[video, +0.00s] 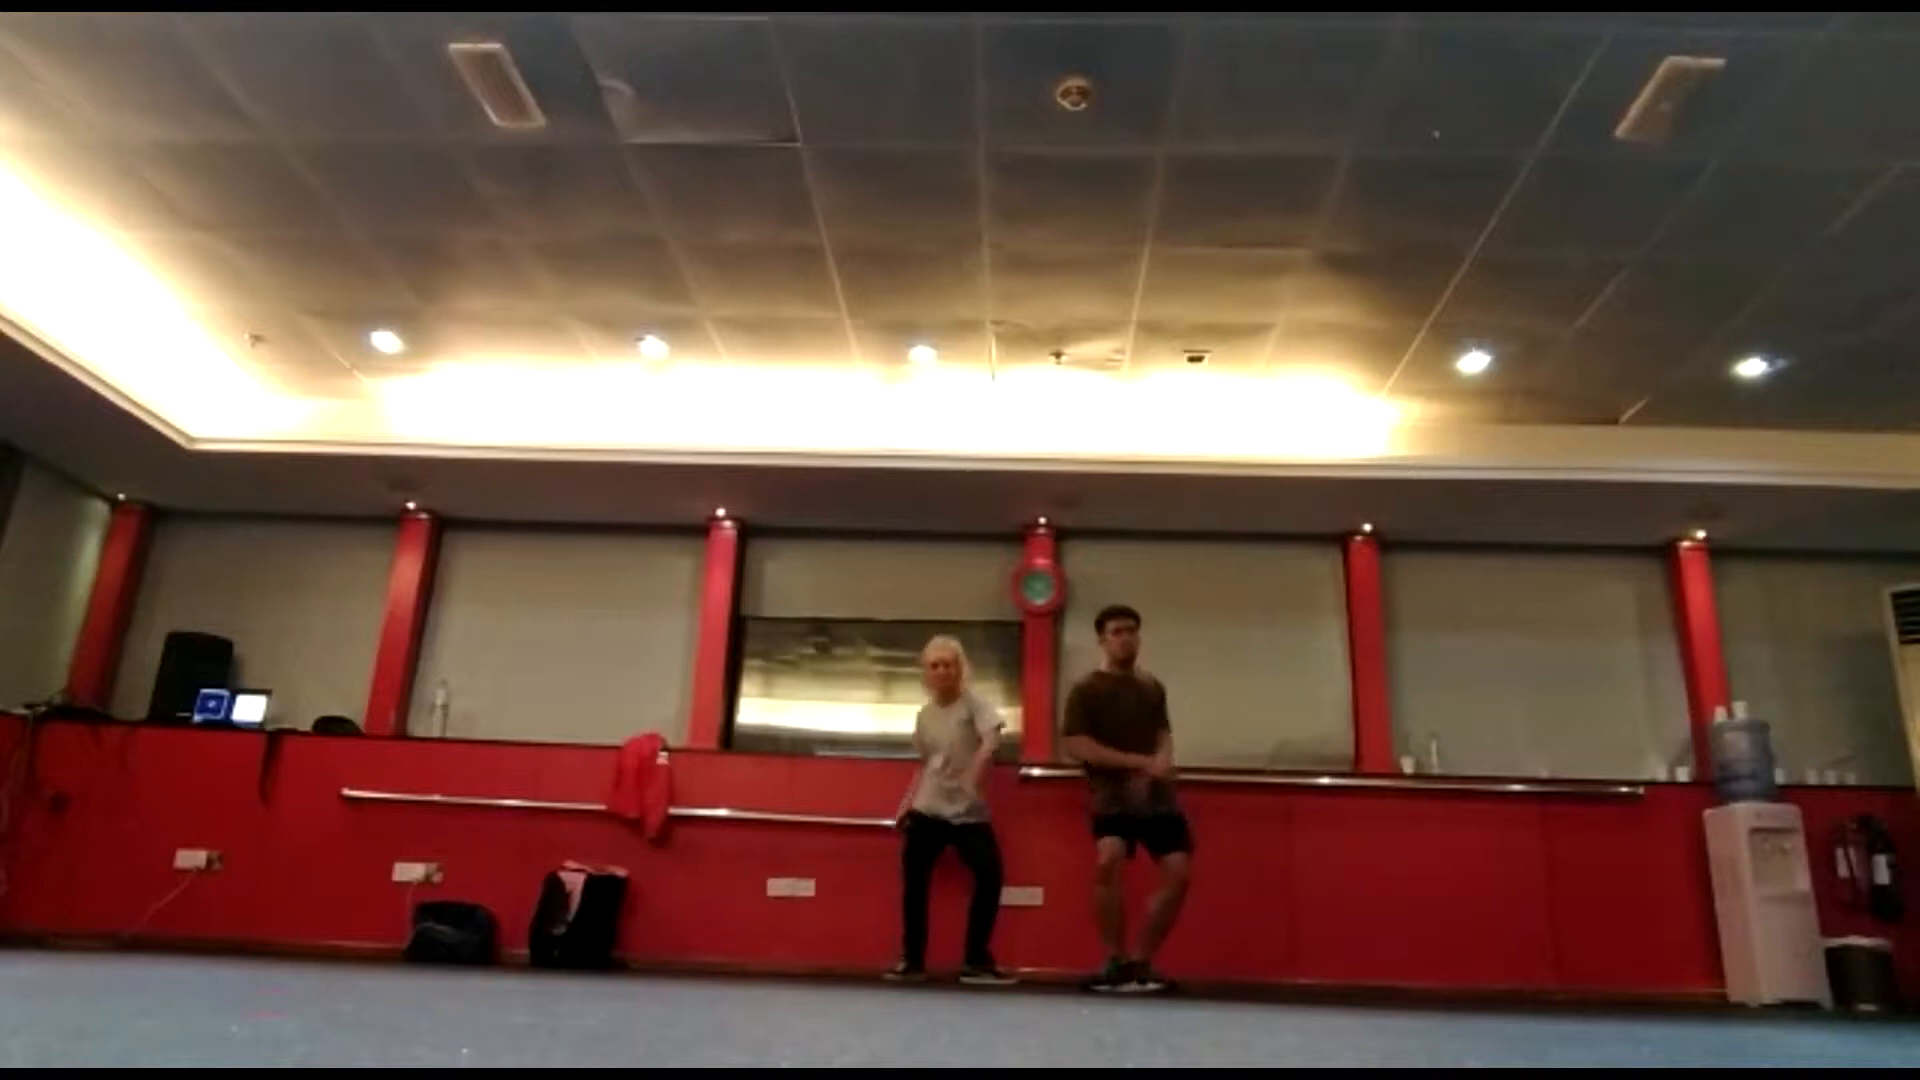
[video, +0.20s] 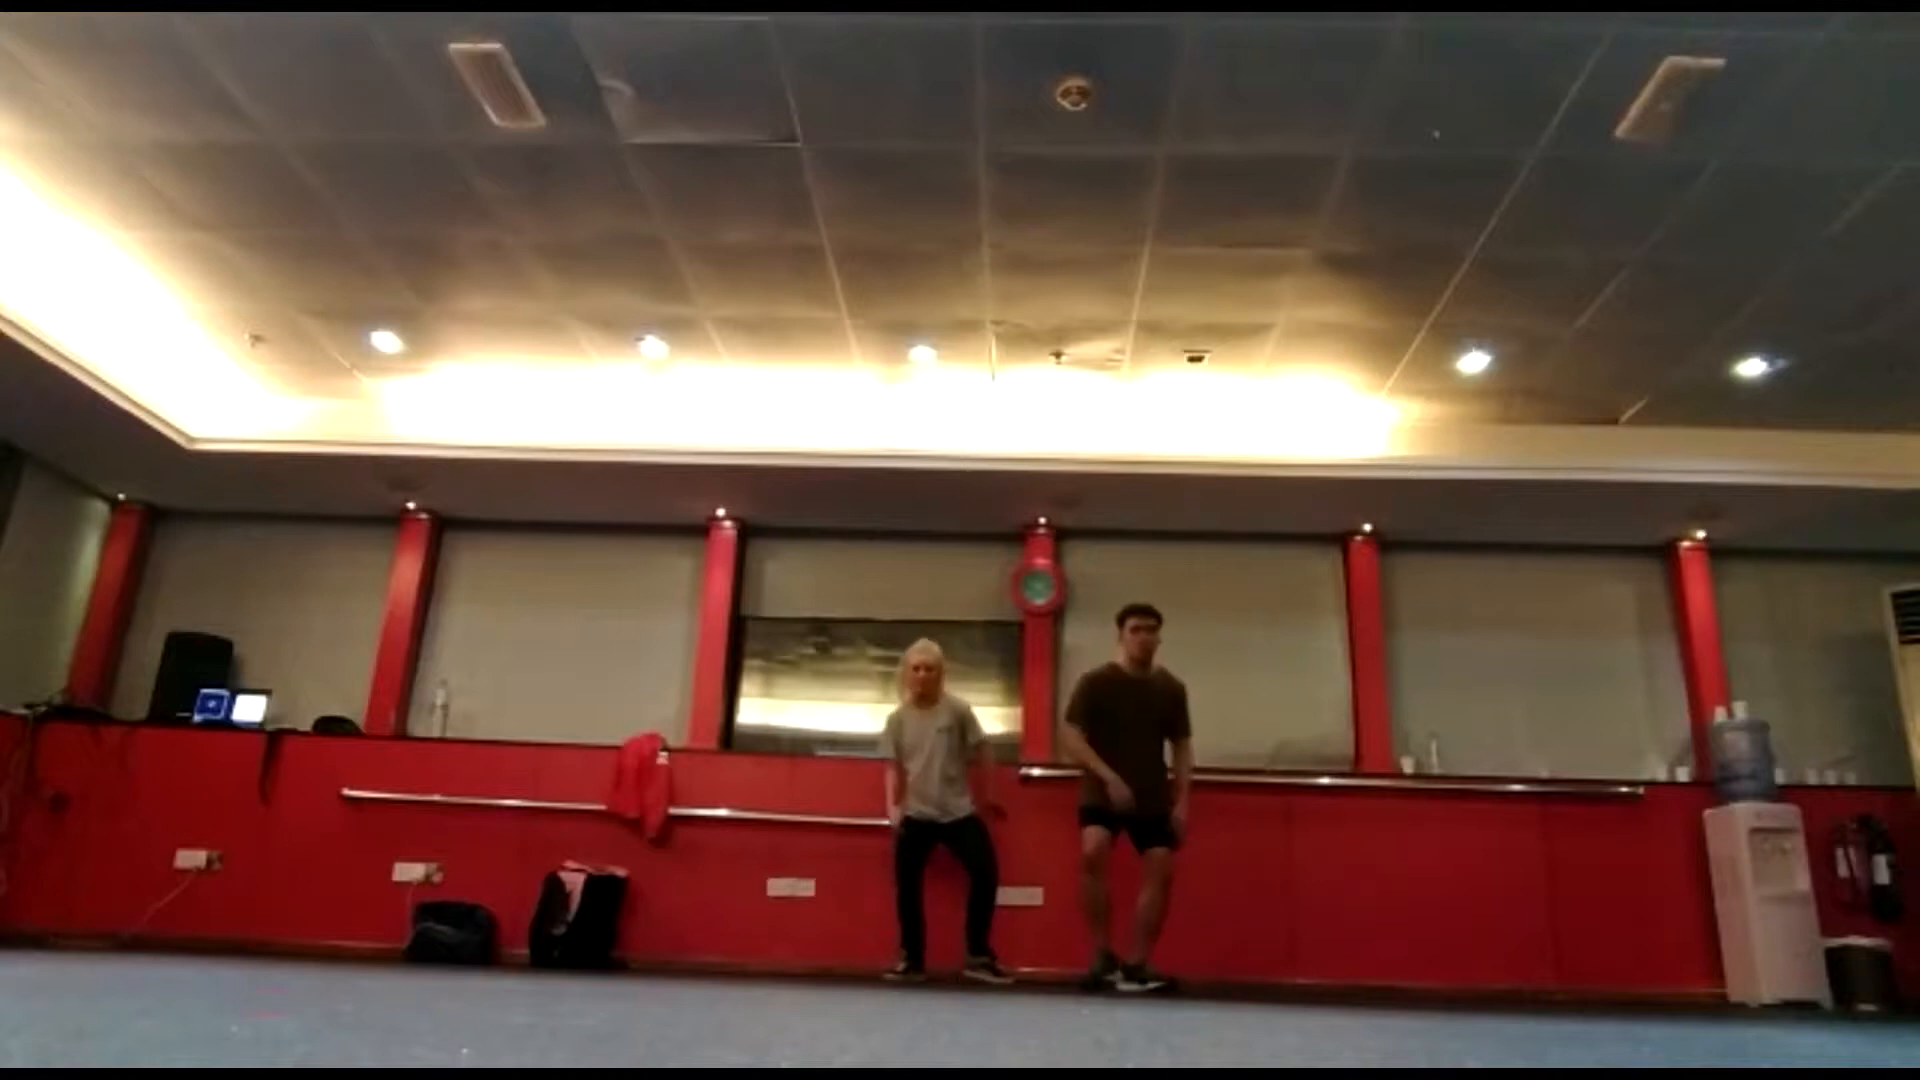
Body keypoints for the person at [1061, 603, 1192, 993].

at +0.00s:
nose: (1124, 639)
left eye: (1130, 631)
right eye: (1115, 632)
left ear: (1139, 637)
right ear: (1101, 640)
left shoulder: (1151, 689)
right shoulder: (1086, 690)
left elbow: (1162, 734)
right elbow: (1075, 744)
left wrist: (1162, 762)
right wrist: (1136, 762)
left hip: (1152, 791)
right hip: (1111, 793)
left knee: (1177, 869)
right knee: (1109, 858)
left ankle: (1142, 960)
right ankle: (1114, 957)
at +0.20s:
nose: (1144, 638)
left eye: (1150, 631)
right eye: (1136, 630)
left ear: (1159, 637)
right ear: (1121, 635)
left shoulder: (1171, 689)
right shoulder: (1095, 682)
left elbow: (1181, 747)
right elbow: (1071, 737)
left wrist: (1182, 800)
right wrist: (1110, 777)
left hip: (1151, 791)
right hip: (1104, 789)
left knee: (1160, 867)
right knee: (1093, 852)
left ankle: (1138, 961)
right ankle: (1102, 954)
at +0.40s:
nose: (1148, 631)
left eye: (1156, 625)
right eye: (1142, 623)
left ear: (1165, 631)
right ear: (1128, 626)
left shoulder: (1177, 681)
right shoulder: (1097, 671)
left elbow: (1205, 729)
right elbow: (1065, 717)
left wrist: (1203, 778)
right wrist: (1095, 761)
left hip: (1153, 788)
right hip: (1104, 784)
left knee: (1151, 869)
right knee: (1093, 861)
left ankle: (1136, 962)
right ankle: (1094, 943)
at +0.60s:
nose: (1162, 664)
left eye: (1170, 658)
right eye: (1157, 655)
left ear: (1180, 665)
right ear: (1143, 656)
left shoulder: (1179, 715)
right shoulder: (1110, 693)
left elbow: (1214, 764)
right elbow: (1073, 739)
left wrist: (1208, 788)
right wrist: (1098, 789)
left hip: (1154, 807)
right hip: (1108, 803)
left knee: (1162, 879)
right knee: (1104, 887)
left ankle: (1136, 965)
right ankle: (1098, 963)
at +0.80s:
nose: (1171, 619)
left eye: (1180, 612)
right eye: (1166, 610)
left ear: (1192, 619)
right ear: (1154, 613)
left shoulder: (1195, 675)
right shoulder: (1123, 645)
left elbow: (1183, 736)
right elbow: (1090, 691)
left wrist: (1179, 790)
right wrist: (1104, 737)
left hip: (1158, 763)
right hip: (1115, 752)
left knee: (1154, 851)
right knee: (1113, 809)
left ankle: (1141, 948)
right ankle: (1106, 850)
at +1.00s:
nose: (1154, 610)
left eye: (1162, 602)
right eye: (1147, 603)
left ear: (1177, 607)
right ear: (1137, 609)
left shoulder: (1197, 660)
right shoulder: (1122, 646)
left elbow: (1188, 730)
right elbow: (1097, 692)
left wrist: (1172, 788)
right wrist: (1120, 732)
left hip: (1173, 754)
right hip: (1131, 745)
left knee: (1162, 846)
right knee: (1137, 797)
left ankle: (1151, 948)